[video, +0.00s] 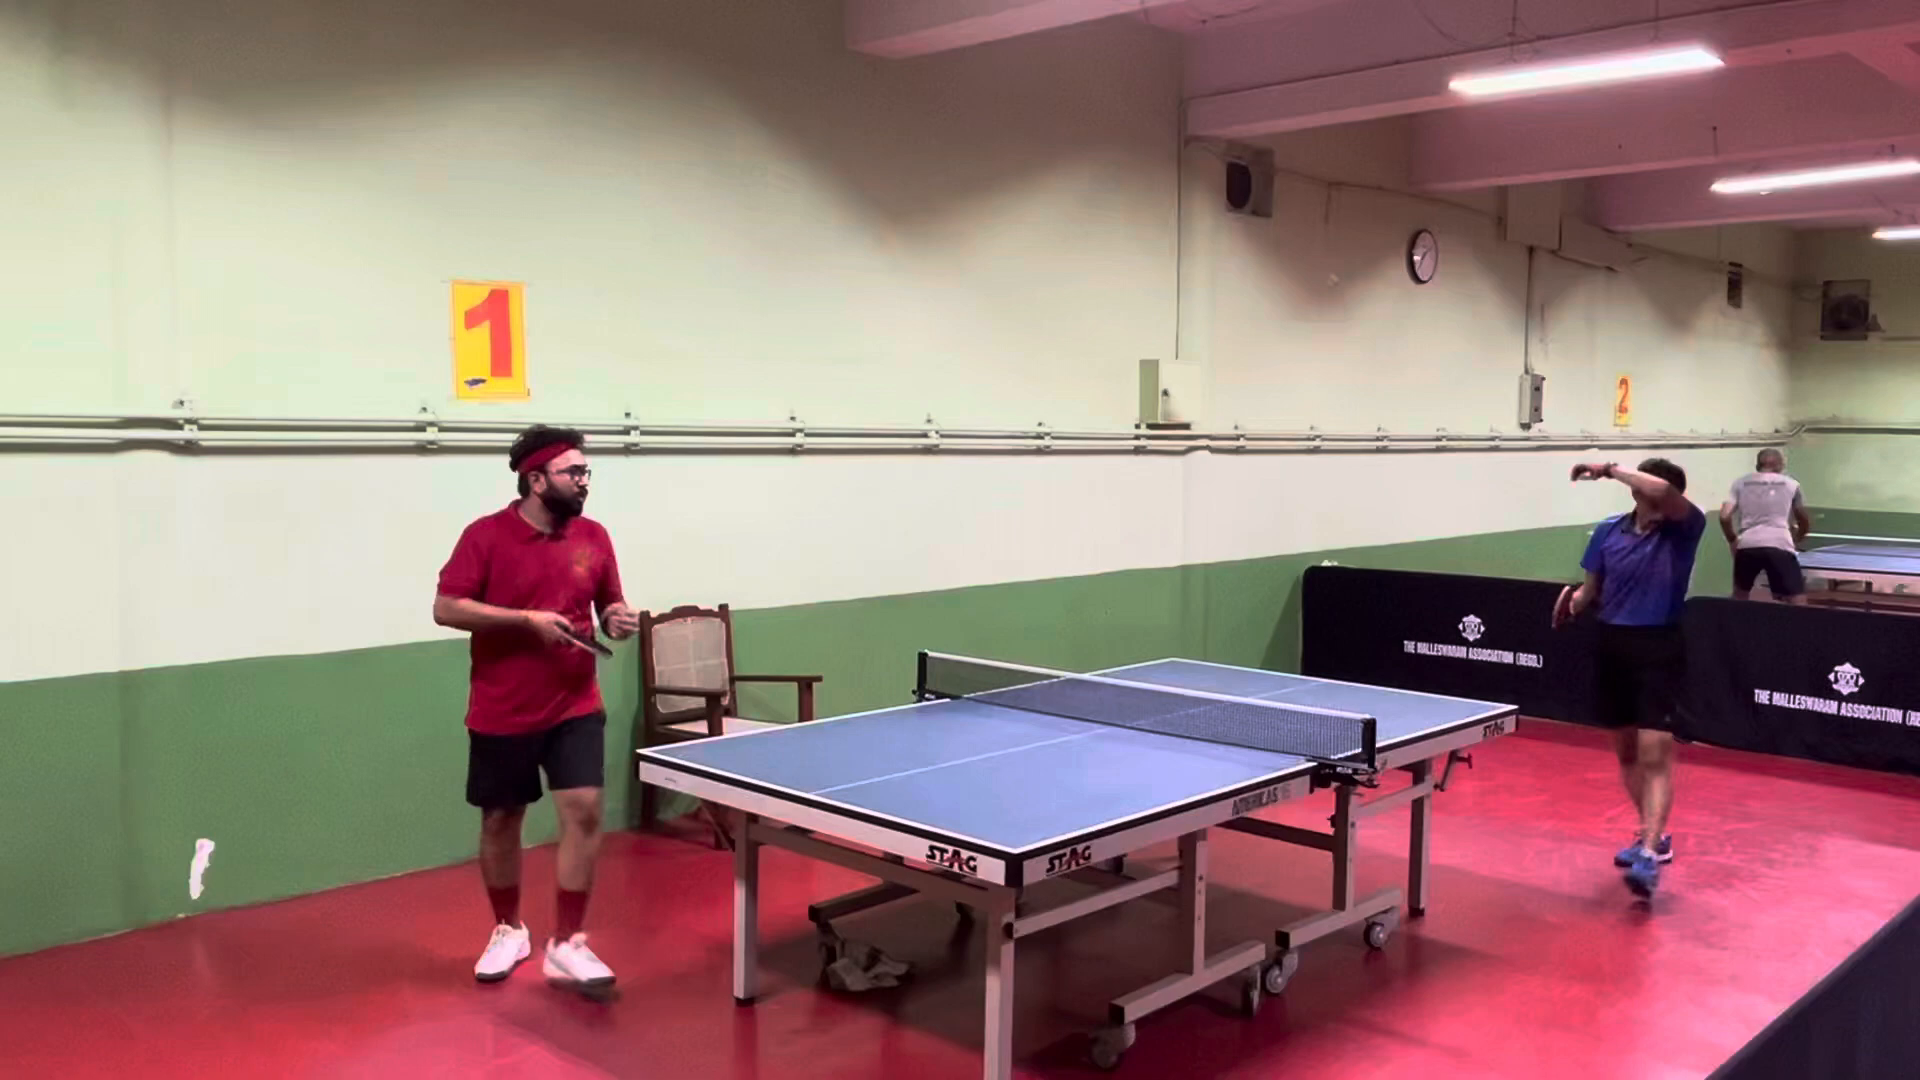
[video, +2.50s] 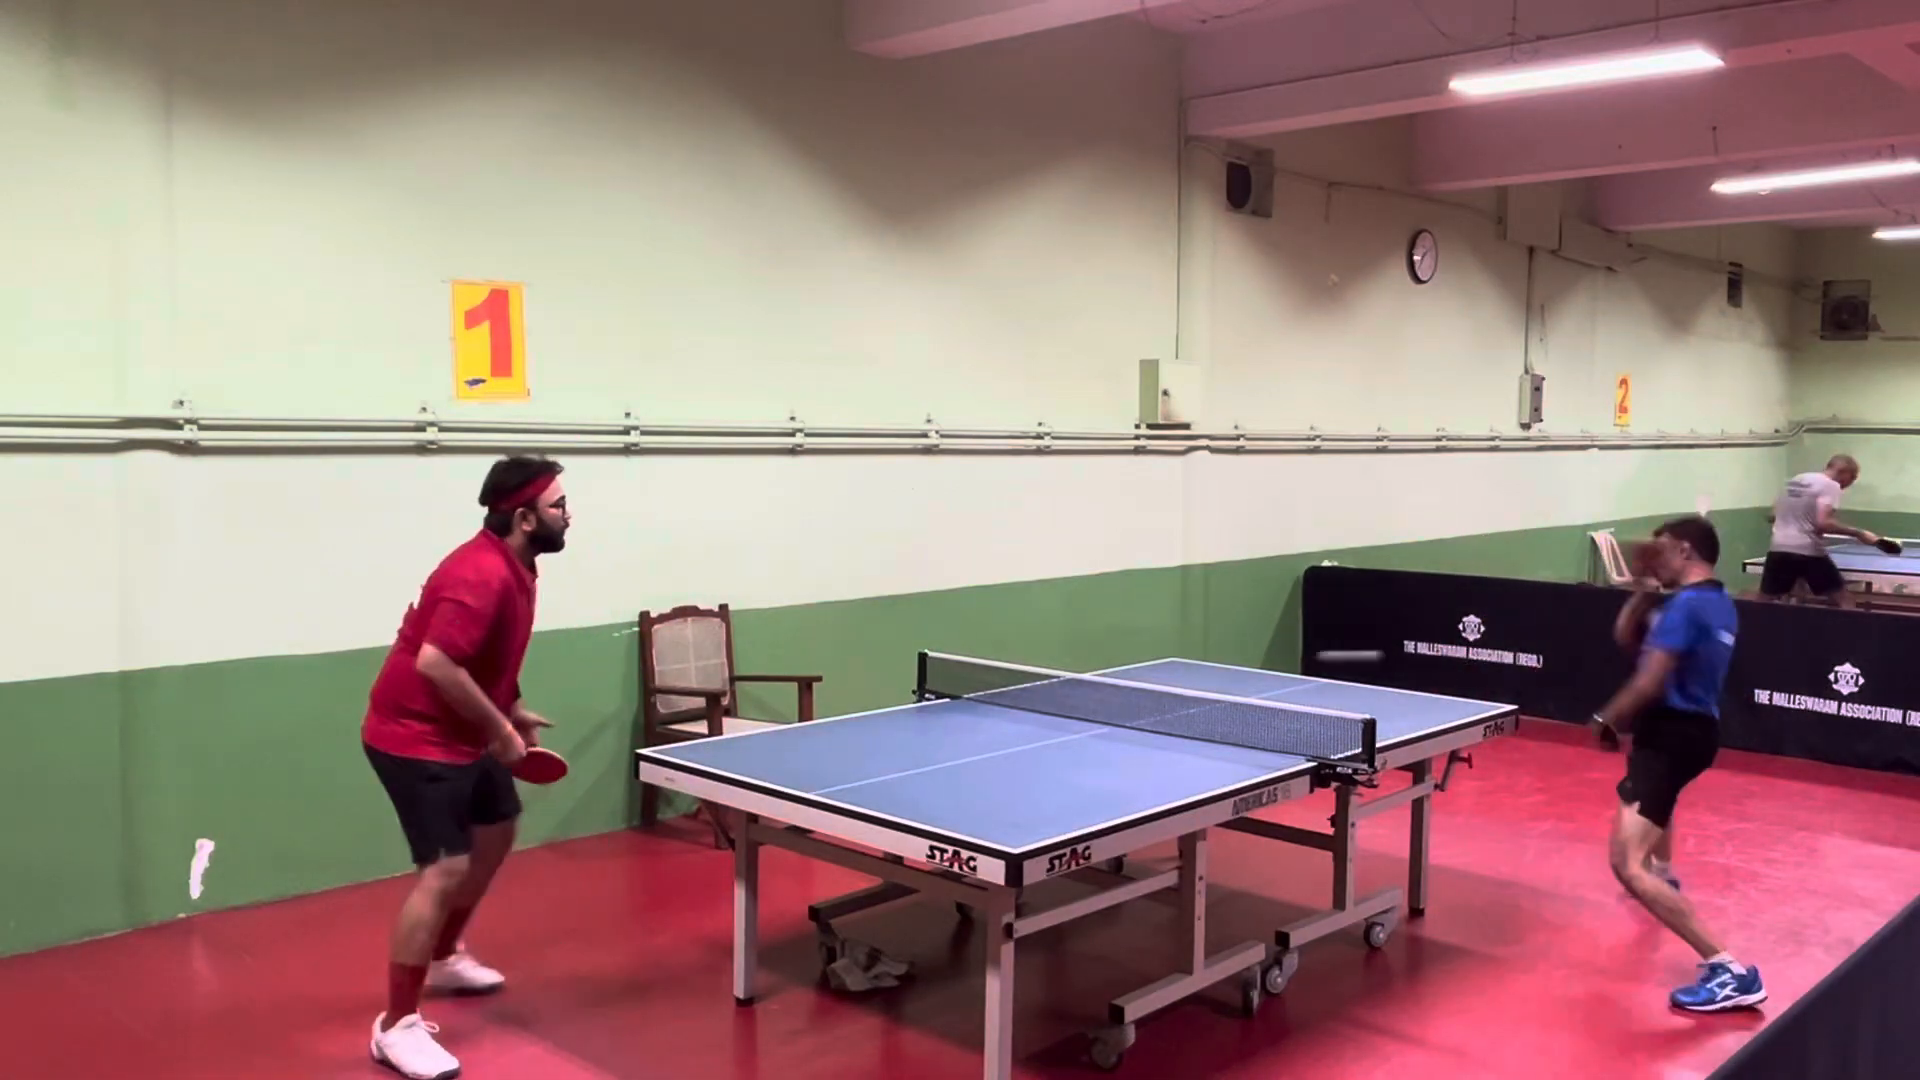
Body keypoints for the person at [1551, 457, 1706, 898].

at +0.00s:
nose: (1654, 496)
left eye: (1661, 490)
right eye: (1650, 488)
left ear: (1674, 497)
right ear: (1637, 491)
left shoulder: (1683, 530)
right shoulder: (1608, 531)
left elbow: (1664, 492)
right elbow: (1591, 588)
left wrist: (1612, 470)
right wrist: (1573, 601)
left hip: (1659, 646)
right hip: (1613, 645)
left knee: (1654, 753)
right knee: (1628, 752)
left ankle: (1648, 851)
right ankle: (1654, 836)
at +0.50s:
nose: (1574, 517)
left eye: (1583, 509)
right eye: (1571, 508)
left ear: (1611, 510)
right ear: (1570, 506)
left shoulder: (1642, 559)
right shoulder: (1569, 543)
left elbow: (1641, 634)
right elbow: (1566, 593)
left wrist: (1575, 651)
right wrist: (1518, 620)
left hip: (1618, 662)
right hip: (1571, 654)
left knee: (1611, 765)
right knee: (1520, 727)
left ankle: (1631, 875)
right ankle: (1510, 815)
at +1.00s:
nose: (1474, 538)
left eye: (1481, 530)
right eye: (1470, 531)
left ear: (1509, 527)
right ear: (1471, 532)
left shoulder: (1558, 561)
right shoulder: (1484, 571)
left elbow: (1617, 596)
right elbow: (1488, 624)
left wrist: (1578, 644)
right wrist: (1459, 648)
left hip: (1567, 666)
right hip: (1514, 665)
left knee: (1590, 763)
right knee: (1463, 734)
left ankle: (1629, 874)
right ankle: (1460, 826)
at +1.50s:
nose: (1513, 549)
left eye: (1521, 539)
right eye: (1510, 540)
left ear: (1551, 540)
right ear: (1514, 542)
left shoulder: (1593, 586)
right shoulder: (1527, 584)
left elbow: (1626, 656)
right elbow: (1527, 638)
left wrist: (1572, 690)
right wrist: (1471, 657)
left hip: (1605, 685)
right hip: (1558, 683)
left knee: (1600, 782)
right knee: (1499, 747)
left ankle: (1632, 878)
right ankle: (1468, 827)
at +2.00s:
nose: (1541, 578)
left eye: (1547, 568)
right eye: (1539, 569)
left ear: (1576, 566)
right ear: (1583, 570)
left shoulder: (1570, 607)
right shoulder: (1633, 601)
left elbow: (1543, 690)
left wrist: (1533, 714)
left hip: (1640, 711)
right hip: (1670, 708)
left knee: (1629, 834)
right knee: (1574, 762)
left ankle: (1707, 945)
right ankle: (1591, 866)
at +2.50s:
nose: (1659, 558)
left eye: (1664, 548)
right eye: (1660, 548)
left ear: (1685, 552)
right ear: (1702, 555)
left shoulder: (1684, 605)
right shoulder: (1719, 603)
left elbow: (1651, 678)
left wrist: (1609, 717)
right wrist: (1643, 593)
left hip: (1672, 730)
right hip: (1697, 728)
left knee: (1630, 865)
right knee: (1646, 793)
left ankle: (1726, 967)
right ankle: (1661, 873)